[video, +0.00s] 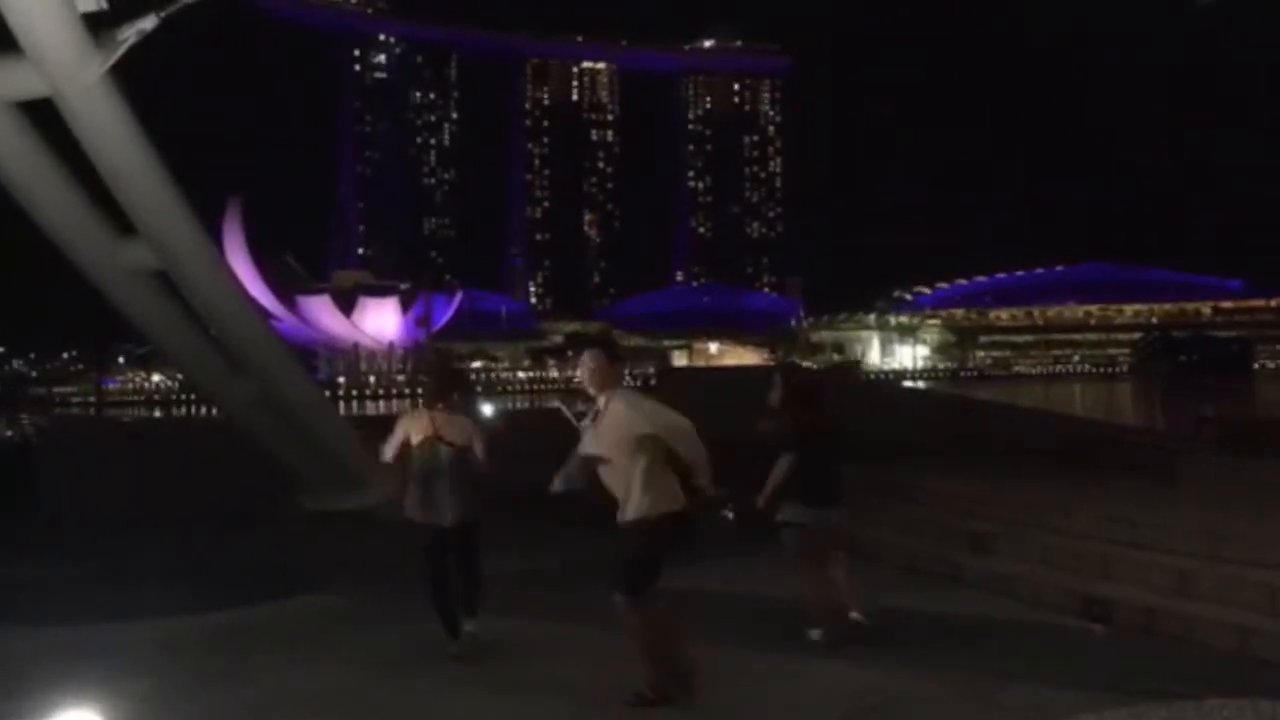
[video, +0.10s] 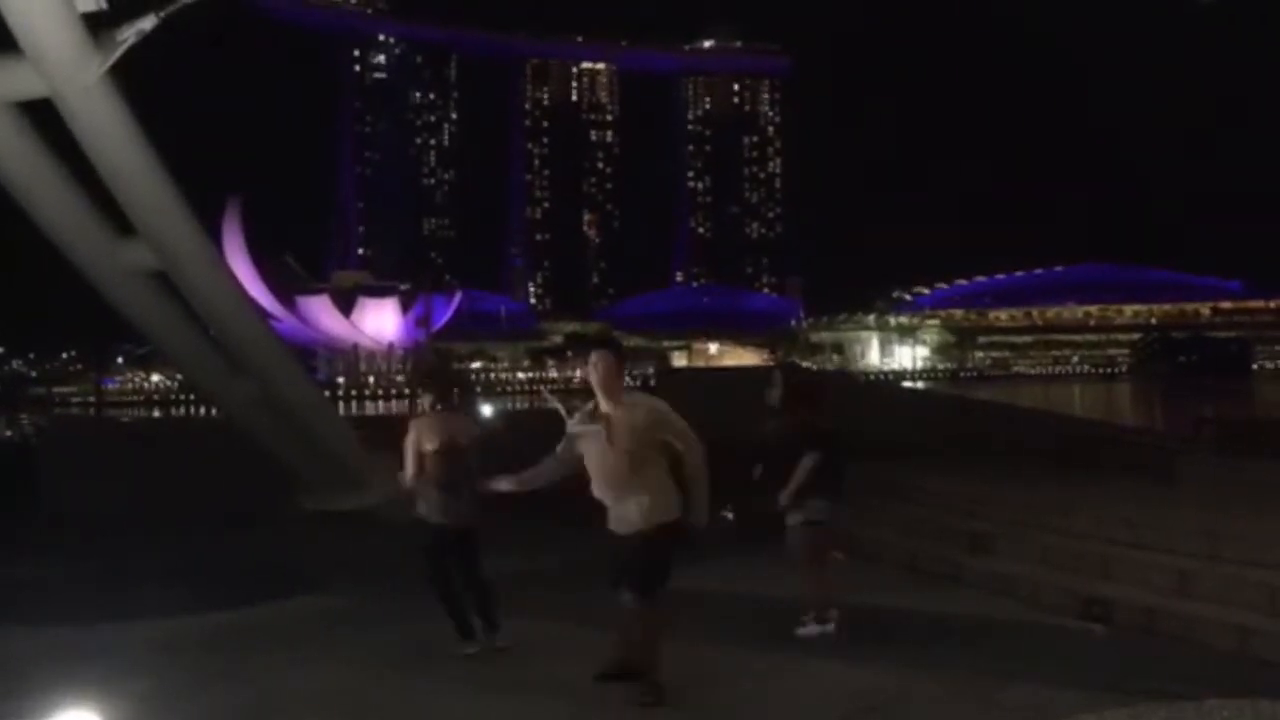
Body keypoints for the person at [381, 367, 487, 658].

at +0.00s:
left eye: (429, 395)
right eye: (449, 396)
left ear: (424, 395)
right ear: (454, 395)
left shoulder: (410, 422)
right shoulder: (465, 425)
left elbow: (388, 455)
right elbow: (480, 462)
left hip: (422, 515)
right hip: (459, 514)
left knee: (435, 572)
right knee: (464, 564)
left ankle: (451, 632)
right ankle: (469, 616)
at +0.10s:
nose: (420, 401)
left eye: (422, 396)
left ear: (425, 396)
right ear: (453, 394)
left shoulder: (419, 427)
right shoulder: (467, 424)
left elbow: (410, 476)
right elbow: (478, 468)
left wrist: (401, 478)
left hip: (434, 517)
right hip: (468, 514)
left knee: (442, 578)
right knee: (473, 571)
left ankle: (467, 637)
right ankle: (492, 630)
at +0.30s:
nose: (399, 417)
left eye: (402, 410)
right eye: (399, 411)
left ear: (416, 411)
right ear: (422, 410)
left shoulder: (425, 435)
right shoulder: (441, 430)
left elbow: (428, 474)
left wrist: (402, 486)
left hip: (451, 518)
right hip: (465, 516)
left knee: (441, 575)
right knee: (452, 573)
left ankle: (469, 634)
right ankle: (481, 623)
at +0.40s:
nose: (390, 420)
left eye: (393, 412)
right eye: (390, 413)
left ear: (408, 413)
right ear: (418, 412)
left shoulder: (419, 438)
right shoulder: (442, 432)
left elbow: (412, 492)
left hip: (442, 520)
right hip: (463, 518)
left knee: (441, 577)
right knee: (447, 577)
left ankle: (468, 636)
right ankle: (467, 634)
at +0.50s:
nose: (387, 431)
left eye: (391, 424)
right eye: (387, 424)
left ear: (407, 424)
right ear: (415, 424)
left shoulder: (411, 455)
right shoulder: (434, 449)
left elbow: (397, 504)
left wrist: (403, 527)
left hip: (433, 527)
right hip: (453, 525)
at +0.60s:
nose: (387, 440)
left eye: (392, 433)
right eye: (388, 433)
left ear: (408, 436)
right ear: (415, 437)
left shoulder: (407, 469)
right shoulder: (431, 463)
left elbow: (398, 509)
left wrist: (389, 542)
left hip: (414, 539)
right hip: (438, 537)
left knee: (381, 584)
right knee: (428, 592)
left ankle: (379, 638)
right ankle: (446, 637)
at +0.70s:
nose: (390, 452)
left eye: (395, 446)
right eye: (389, 445)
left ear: (411, 446)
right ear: (414, 446)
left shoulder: (405, 476)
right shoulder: (427, 465)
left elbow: (396, 517)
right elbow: (424, 410)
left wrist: (382, 550)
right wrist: (430, 373)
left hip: (413, 538)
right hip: (440, 536)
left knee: (378, 576)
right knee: (428, 586)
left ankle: (379, 637)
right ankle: (452, 636)